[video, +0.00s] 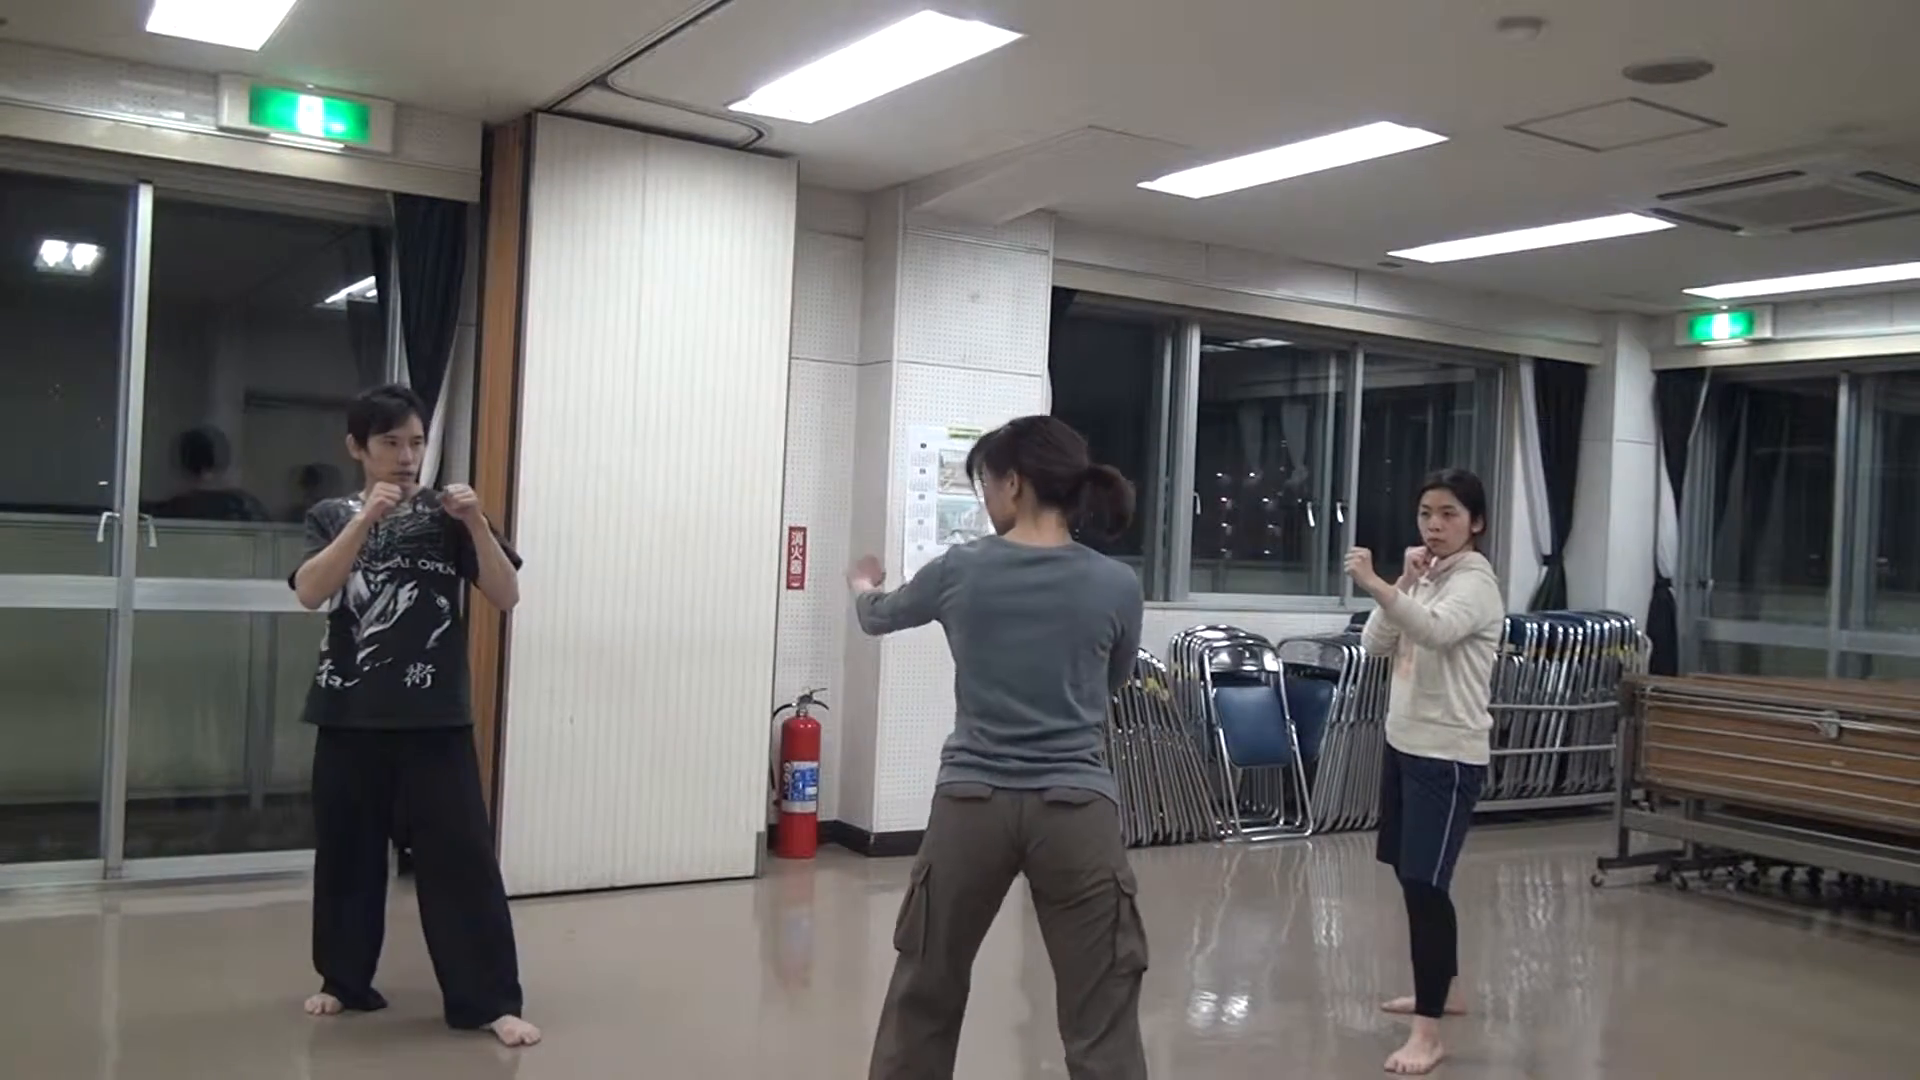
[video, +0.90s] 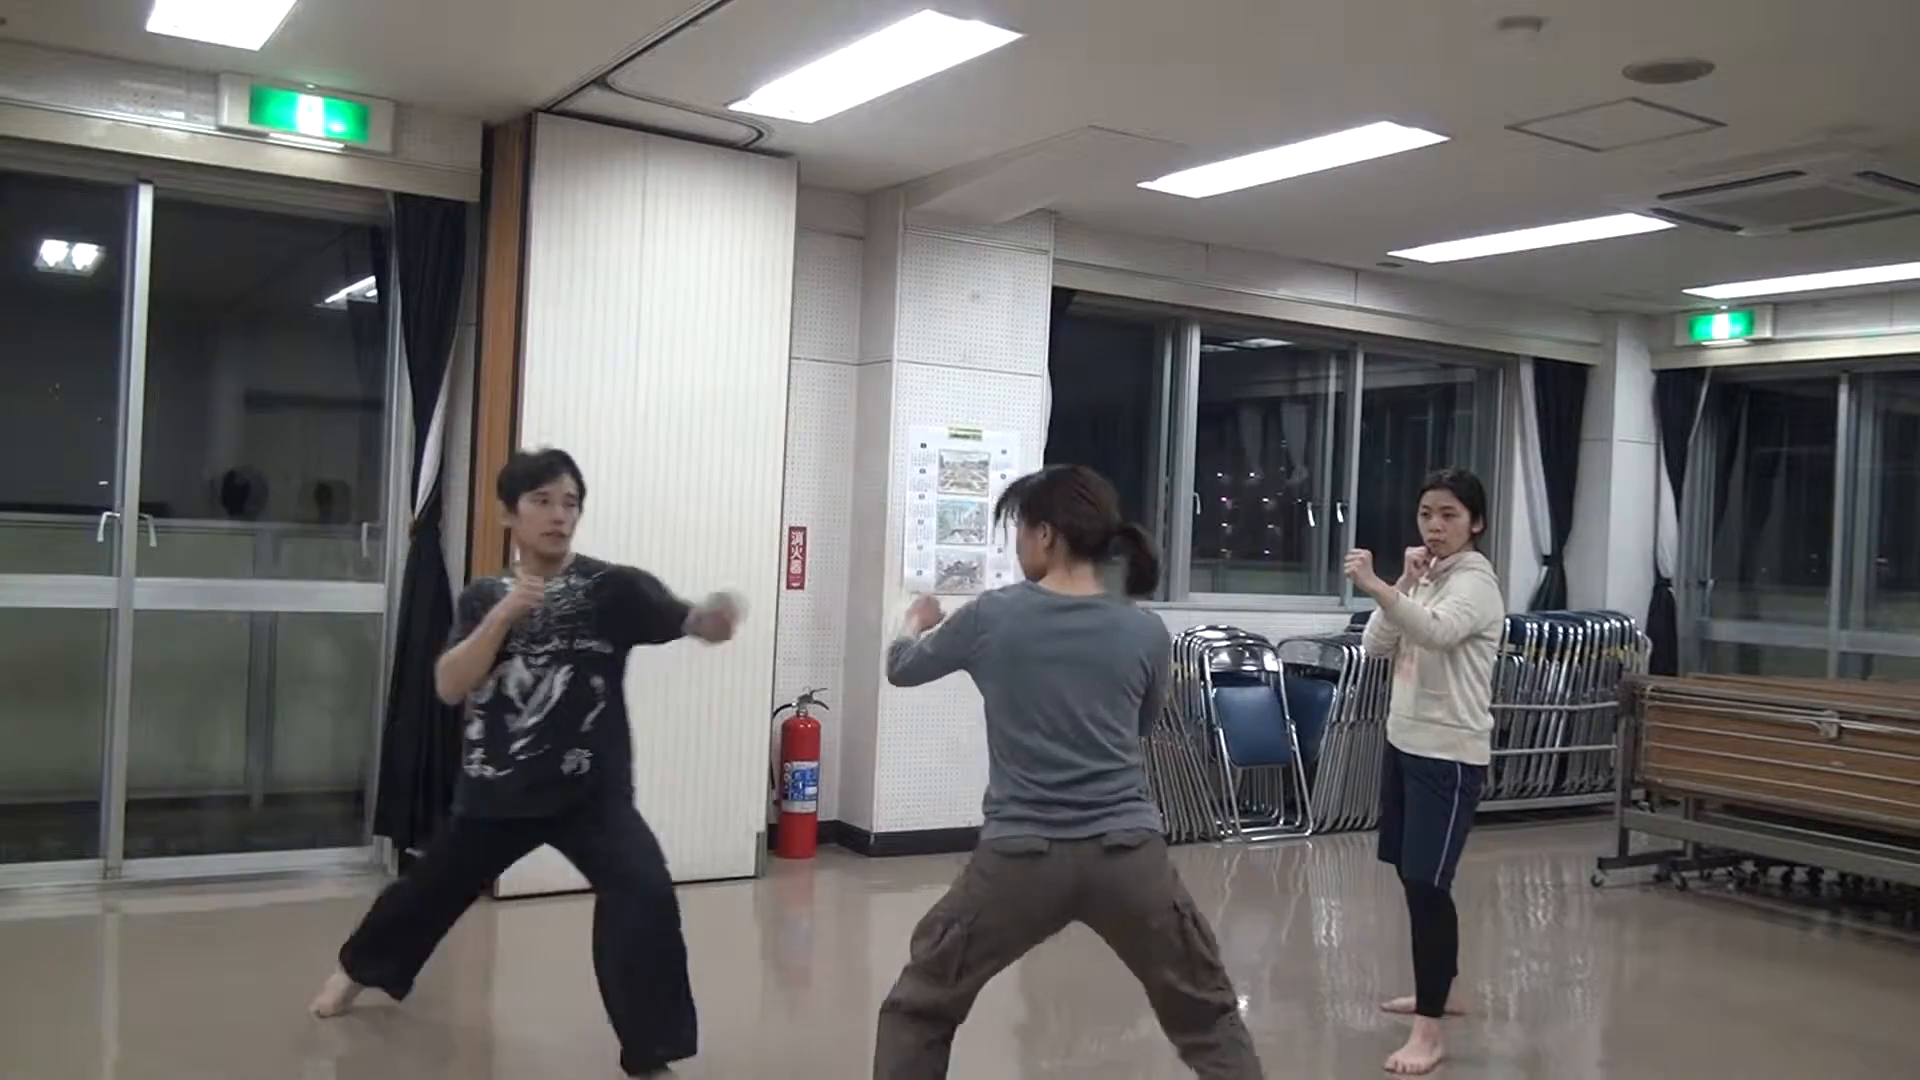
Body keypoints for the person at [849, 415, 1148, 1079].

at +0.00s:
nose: (984, 498)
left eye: (988, 484)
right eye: (983, 484)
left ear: (1017, 485)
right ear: (1072, 489)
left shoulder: (962, 568)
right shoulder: (1118, 583)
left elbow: (881, 615)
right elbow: (1116, 674)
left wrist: (864, 587)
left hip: (970, 811)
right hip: (1078, 813)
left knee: (925, 994)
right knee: (1100, 1012)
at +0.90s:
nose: (1017, 543)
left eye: (1021, 529)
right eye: (1017, 529)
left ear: (1048, 536)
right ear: (1098, 537)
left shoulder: (992, 616)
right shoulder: (1147, 629)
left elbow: (903, 669)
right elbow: (1144, 721)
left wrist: (916, 628)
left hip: (1021, 864)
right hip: (1131, 860)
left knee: (920, 1010)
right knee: (1209, 1021)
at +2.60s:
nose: (1179, 512)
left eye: (1185, 496)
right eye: (1181, 497)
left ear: (1217, 504)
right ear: (1239, 503)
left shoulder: (1219, 597)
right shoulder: (1285, 588)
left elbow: (1218, 732)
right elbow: (1246, 684)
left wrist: (1121, 693)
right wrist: (1152, 665)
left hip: (1235, 854)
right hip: (1297, 841)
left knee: (1129, 1034)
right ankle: (1330, 1072)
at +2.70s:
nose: (1151, 534)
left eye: (1153, 517)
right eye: (1151, 518)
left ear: (1184, 517)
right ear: (1226, 513)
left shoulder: (1205, 595)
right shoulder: (1274, 588)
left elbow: (1077, 680)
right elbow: (1259, 707)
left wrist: (1077, 620)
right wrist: (1172, 732)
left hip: (1249, 838)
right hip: (1286, 824)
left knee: (1154, 1025)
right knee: (1105, 781)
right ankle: (1163, 931)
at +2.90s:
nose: (1174, 535)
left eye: (1178, 518)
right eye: (1173, 519)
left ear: (1208, 512)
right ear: (1235, 508)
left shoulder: (1239, 590)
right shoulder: (1290, 583)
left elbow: (1109, 666)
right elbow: (1212, 629)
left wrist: (1126, 617)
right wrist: (1155, 617)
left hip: (1219, 823)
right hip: (1201, 777)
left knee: (1153, 1015)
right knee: (1031, 725)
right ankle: (892, 788)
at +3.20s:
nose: (1197, 506)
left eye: (1199, 491)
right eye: (1198, 492)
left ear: (1213, 497)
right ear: (1284, 497)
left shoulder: (1232, 597)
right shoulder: (1284, 587)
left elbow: (1216, 732)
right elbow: (1238, 714)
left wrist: (1142, 755)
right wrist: (1159, 748)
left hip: (1185, 829)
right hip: (1224, 825)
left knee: (1126, 998)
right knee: (1162, 987)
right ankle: (1192, 1070)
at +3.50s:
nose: (1298, 517)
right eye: (1292, 507)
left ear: (1203, 509)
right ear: (1281, 520)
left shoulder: (1141, 578)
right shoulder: (1290, 619)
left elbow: (1059, 613)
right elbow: (1375, 737)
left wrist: (1126, 645)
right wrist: (1358, 708)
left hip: (1166, 823)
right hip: (1266, 829)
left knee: (1079, 996)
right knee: (1271, 1015)